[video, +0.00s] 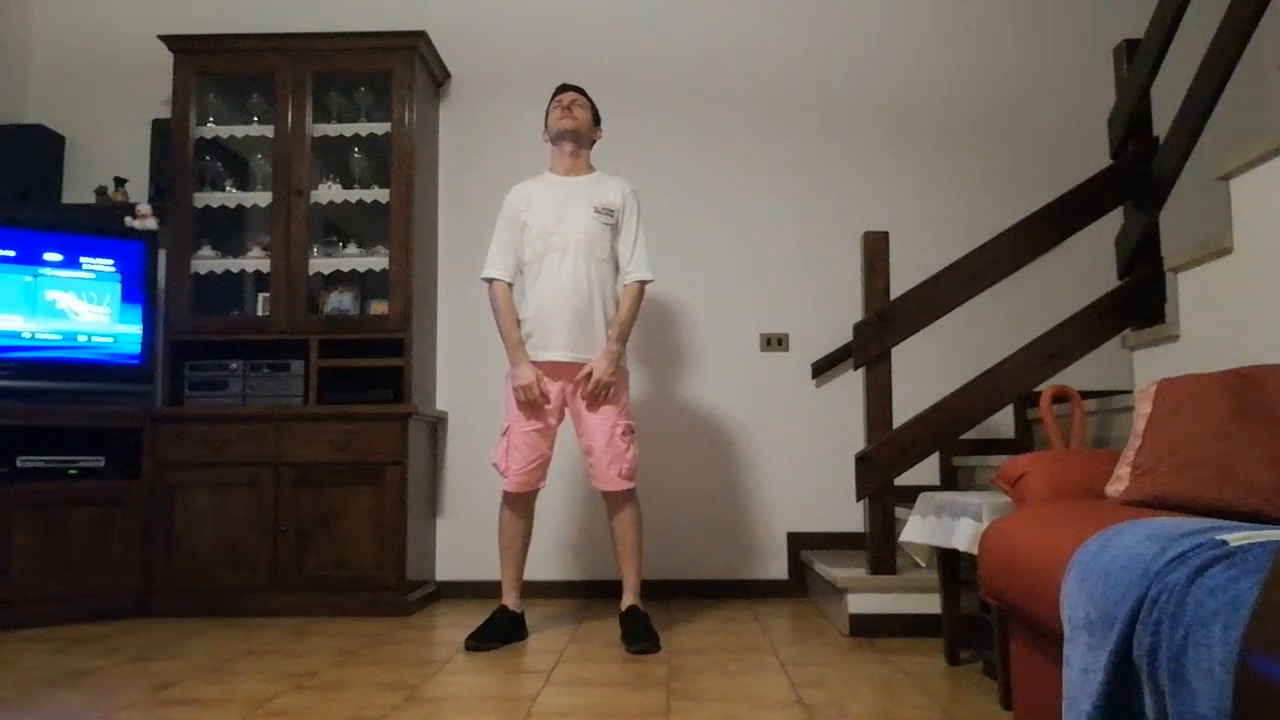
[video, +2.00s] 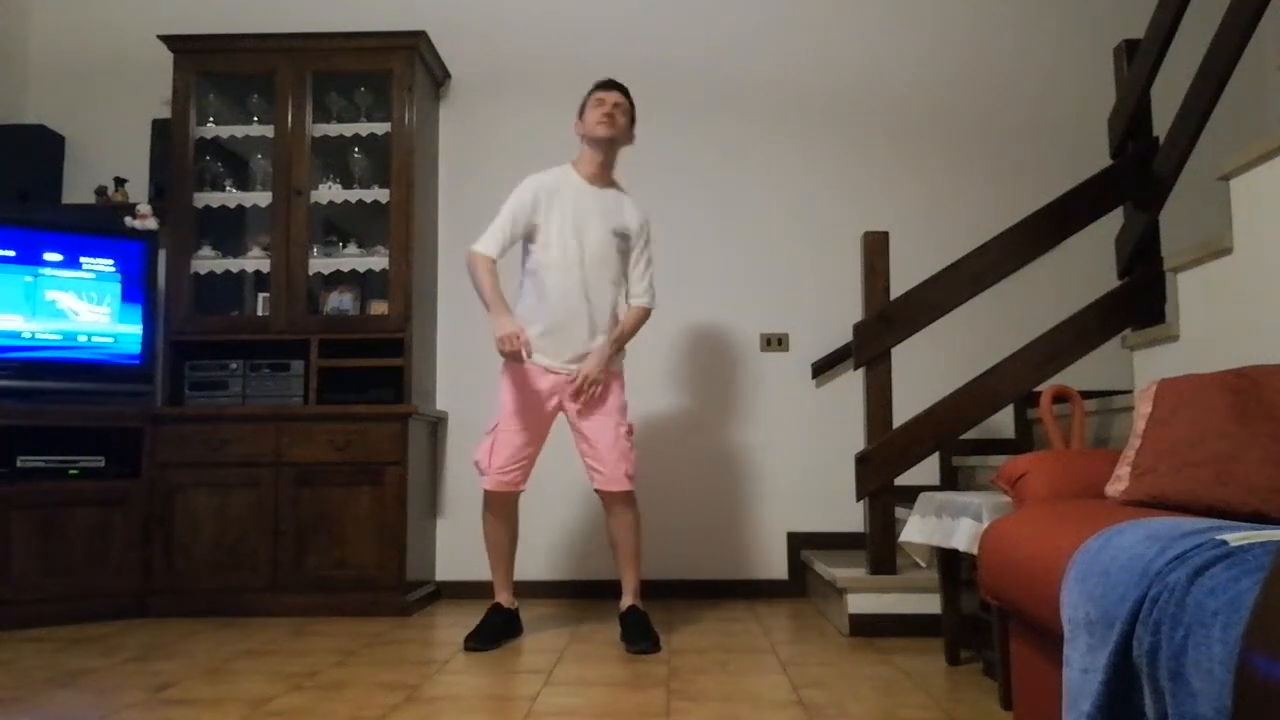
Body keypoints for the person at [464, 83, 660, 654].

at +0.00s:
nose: (565, 106)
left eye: (577, 103)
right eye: (557, 104)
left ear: (596, 131)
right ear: (545, 131)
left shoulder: (617, 193)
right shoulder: (520, 197)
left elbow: (635, 280)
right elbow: (498, 281)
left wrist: (613, 349)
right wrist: (518, 359)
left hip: (600, 366)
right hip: (533, 366)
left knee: (618, 485)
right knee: (517, 487)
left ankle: (632, 604)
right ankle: (509, 608)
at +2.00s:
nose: (609, 112)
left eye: (620, 109)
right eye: (599, 105)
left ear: (630, 134)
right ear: (578, 124)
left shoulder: (631, 213)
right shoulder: (538, 189)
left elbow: (641, 302)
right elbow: (480, 255)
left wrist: (606, 351)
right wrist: (501, 319)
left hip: (598, 371)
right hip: (531, 367)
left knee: (618, 487)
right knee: (499, 484)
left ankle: (632, 605)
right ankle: (503, 605)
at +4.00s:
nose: (579, 118)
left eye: (588, 108)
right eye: (569, 115)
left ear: (613, 120)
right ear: (562, 134)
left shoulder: (643, 195)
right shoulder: (547, 183)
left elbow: (656, 287)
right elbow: (483, 240)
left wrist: (612, 336)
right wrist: (497, 324)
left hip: (610, 374)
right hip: (538, 366)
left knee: (630, 488)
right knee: (486, 467)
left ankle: (629, 607)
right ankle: (488, 594)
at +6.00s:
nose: (519, 176)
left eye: (524, 163)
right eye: (508, 169)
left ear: (545, 144)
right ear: (498, 167)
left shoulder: (583, 185)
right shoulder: (504, 225)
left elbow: (625, 262)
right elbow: (502, 306)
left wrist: (610, 338)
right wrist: (512, 358)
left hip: (597, 369)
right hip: (534, 375)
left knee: (631, 475)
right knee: (508, 484)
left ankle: (646, 602)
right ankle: (510, 610)